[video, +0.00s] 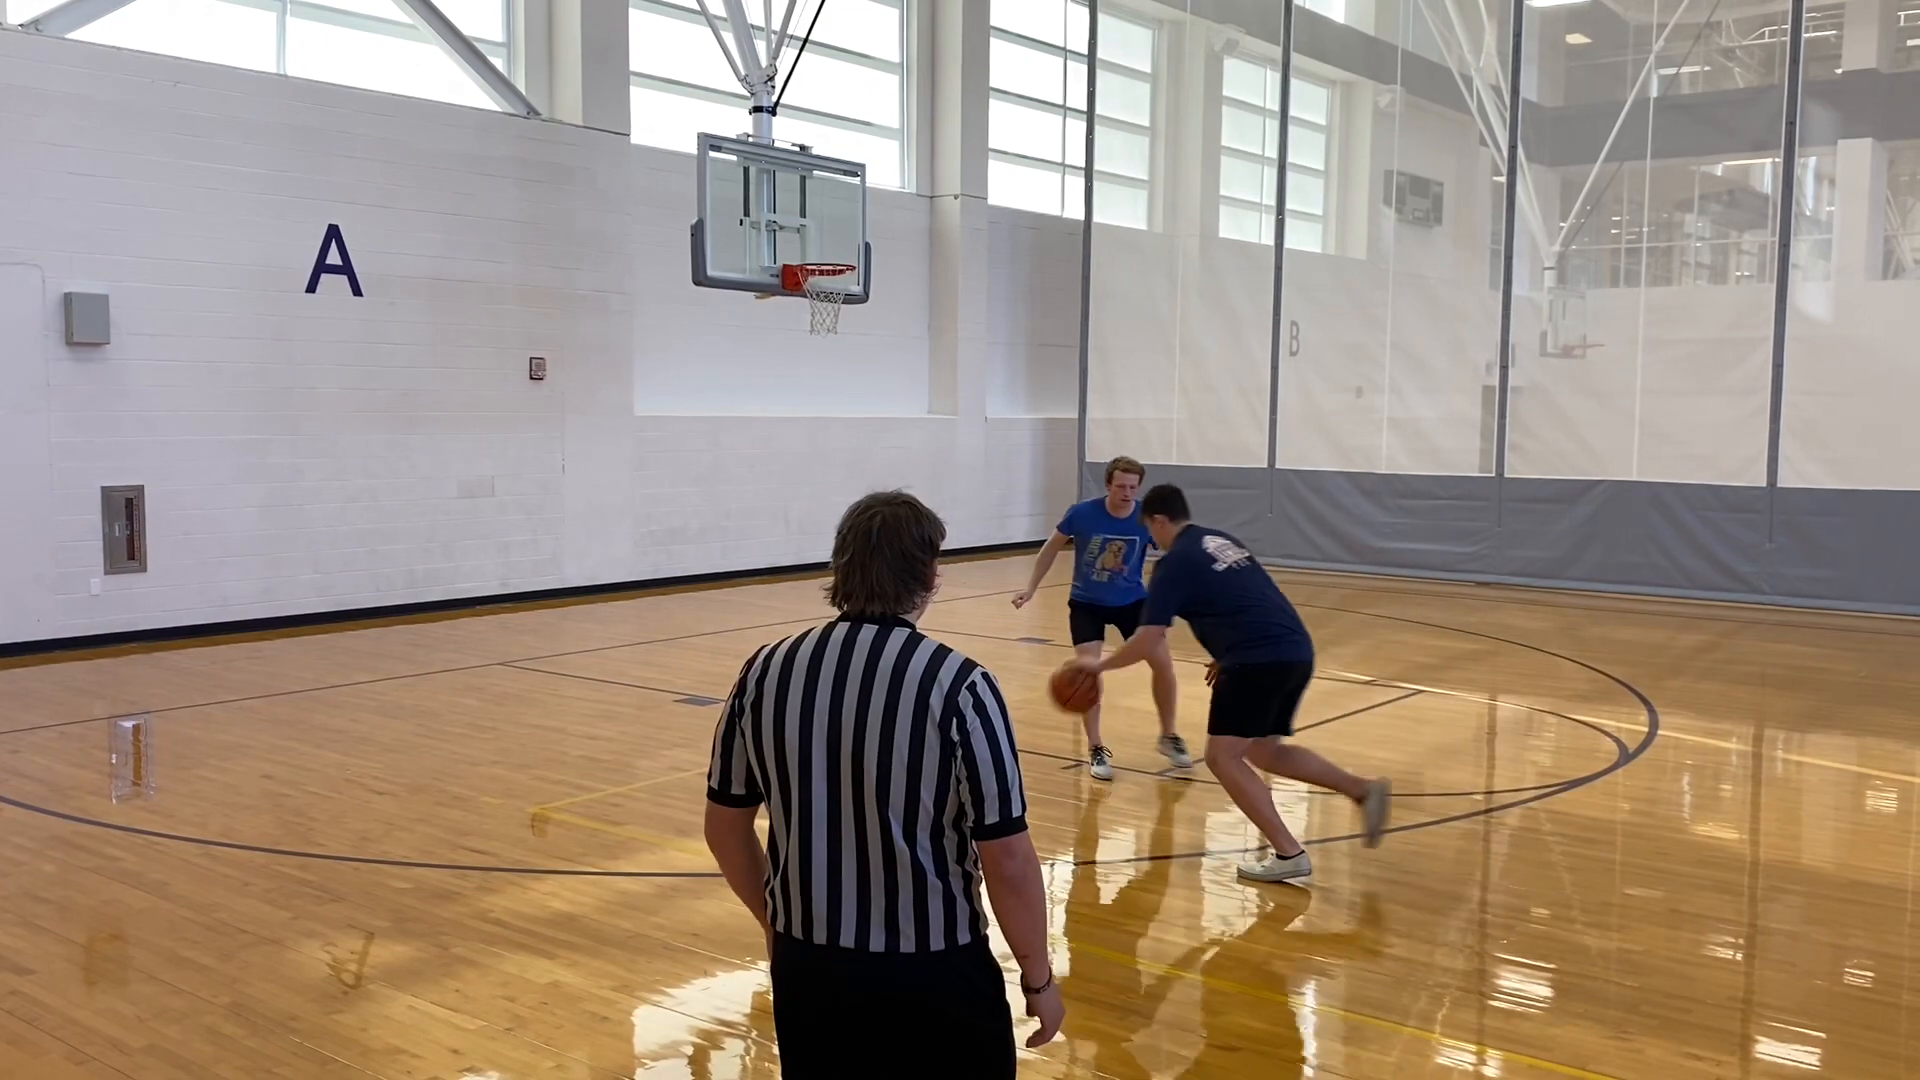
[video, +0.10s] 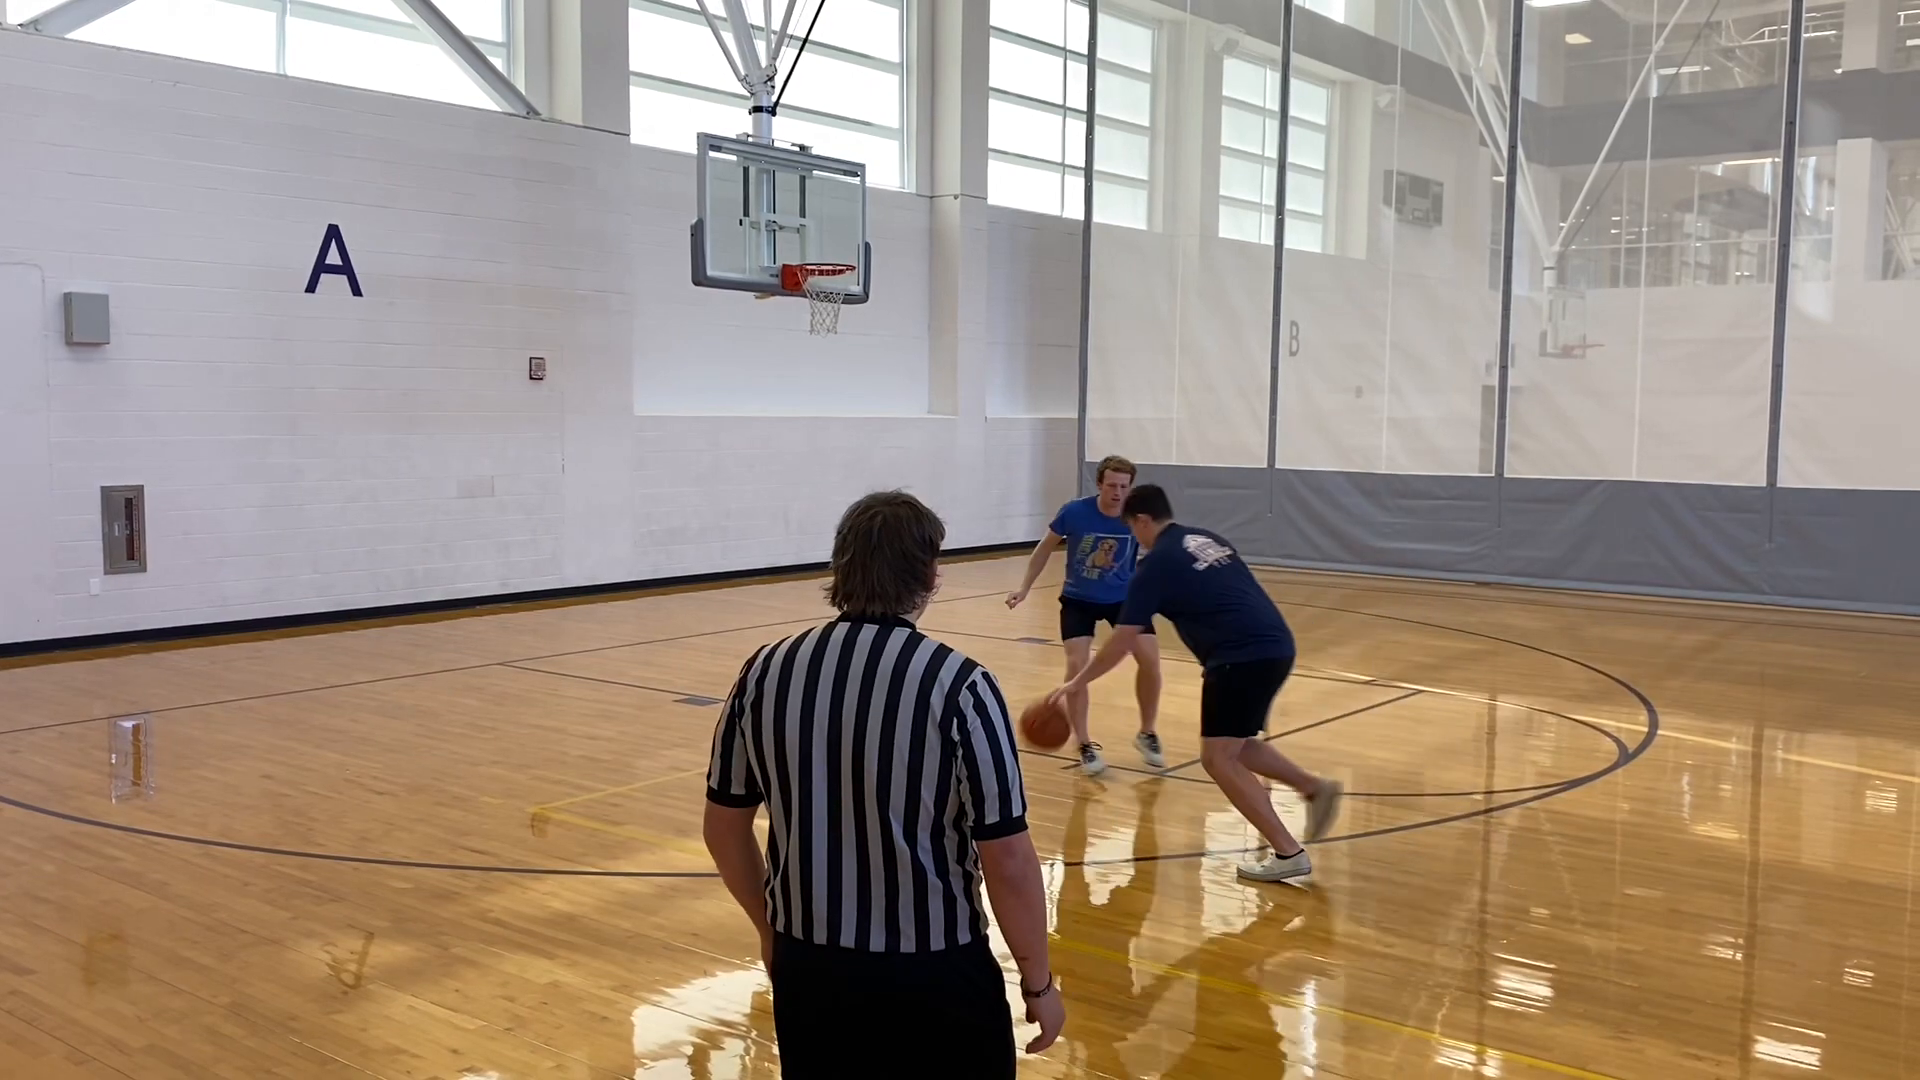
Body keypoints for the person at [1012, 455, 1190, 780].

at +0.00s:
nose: (1126, 493)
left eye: (1132, 487)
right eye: (1120, 486)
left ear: (1138, 488)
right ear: (1107, 485)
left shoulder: (1147, 519)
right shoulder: (1081, 514)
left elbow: (1177, 552)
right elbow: (1053, 545)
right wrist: (1031, 588)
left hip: (1132, 601)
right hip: (1087, 602)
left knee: (1163, 661)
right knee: (1088, 672)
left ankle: (1169, 736)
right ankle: (1096, 748)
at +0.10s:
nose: (1117, 491)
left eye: (1123, 486)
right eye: (1112, 485)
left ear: (1130, 488)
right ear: (1100, 484)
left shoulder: (1136, 518)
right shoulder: (1074, 512)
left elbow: (1154, 556)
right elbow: (1045, 547)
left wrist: (1153, 595)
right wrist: (1024, 588)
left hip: (1122, 599)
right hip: (1078, 599)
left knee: (1150, 662)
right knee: (1077, 670)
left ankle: (1147, 732)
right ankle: (1084, 744)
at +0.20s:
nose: (1113, 492)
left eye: (1119, 486)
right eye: (1108, 485)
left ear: (1125, 488)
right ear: (1095, 484)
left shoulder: (1130, 518)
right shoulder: (1070, 512)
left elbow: (1149, 557)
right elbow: (1041, 549)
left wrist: (1150, 594)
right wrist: (1021, 589)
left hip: (1118, 599)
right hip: (1074, 598)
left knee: (1144, 662)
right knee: (1071, 666)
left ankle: (1139, 732)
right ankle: (1077, 742)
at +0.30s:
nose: (1102, 493)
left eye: (1109, 488)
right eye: (1097, 486)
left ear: (1117, 489)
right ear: (1086, 484)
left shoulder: (1122, 517)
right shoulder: (1062, 514)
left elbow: (1139, 557)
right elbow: (1035, 551)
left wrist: (1143, 595)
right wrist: (1015, 592)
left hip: (1111, 599)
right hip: (1067, 598)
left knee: (1133, 662)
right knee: (1058, 661)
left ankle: (1125, 733)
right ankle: (1060, 740)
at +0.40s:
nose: (1091, 493)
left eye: (1097, 488)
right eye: (1086, 487)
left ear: (1106, 489)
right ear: (1076, 486)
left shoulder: (1114, 518)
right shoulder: (1054, 518)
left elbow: (1134, 558)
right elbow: (1028, 555)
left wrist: (1138, 600)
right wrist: (1009, 595)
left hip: (1104, 601)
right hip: (1060, 599)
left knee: (1122, 670)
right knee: (1043, 664)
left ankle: (1115, 739)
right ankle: (1038, 738)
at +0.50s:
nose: (1084, 495)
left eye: (1088, 489)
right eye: (1078, 488)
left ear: (1091, 493)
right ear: (1068, 491)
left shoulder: (1105, 522)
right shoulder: (1045, 522)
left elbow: (1125, 565)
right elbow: (1021, 561)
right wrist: (1002, 601)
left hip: (1095, 603)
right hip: (1051, 600)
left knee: (1112, 672)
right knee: (1027, 662)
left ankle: (1111, 743)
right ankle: (1015, 734)